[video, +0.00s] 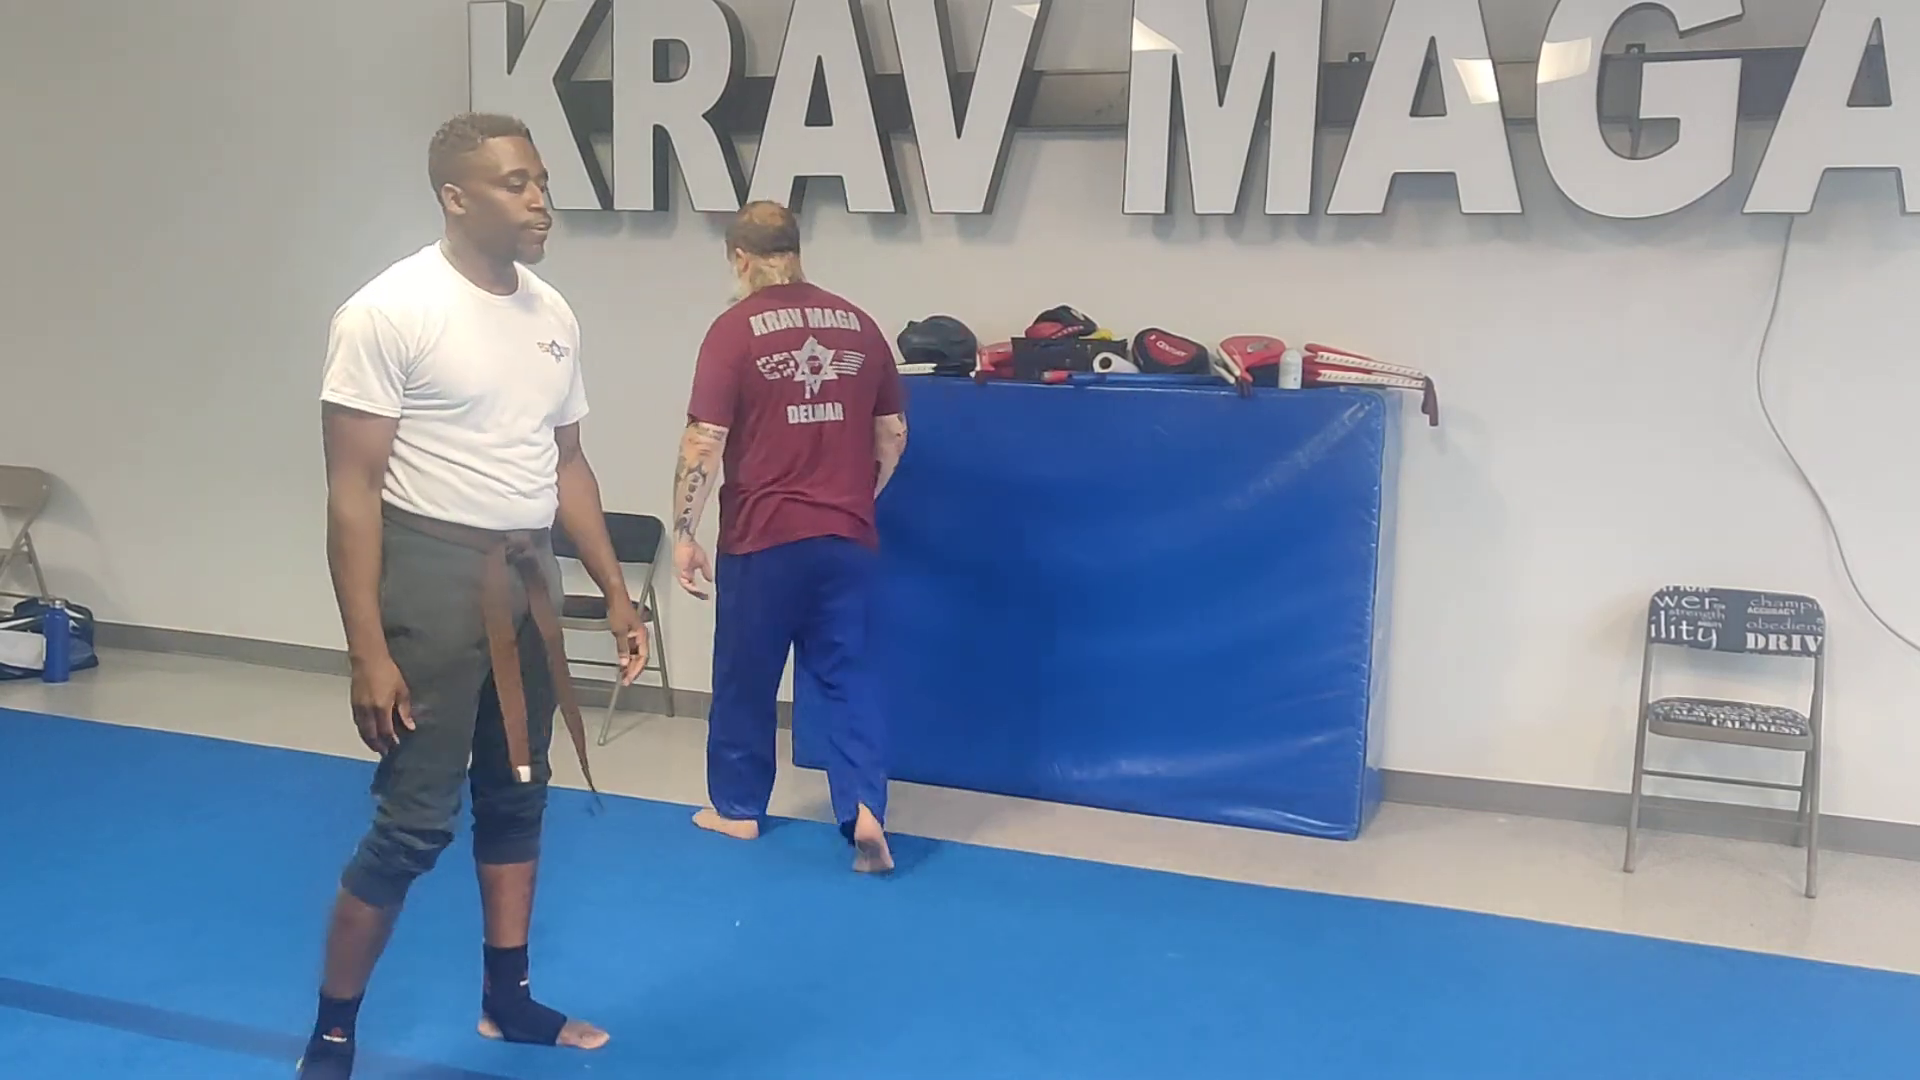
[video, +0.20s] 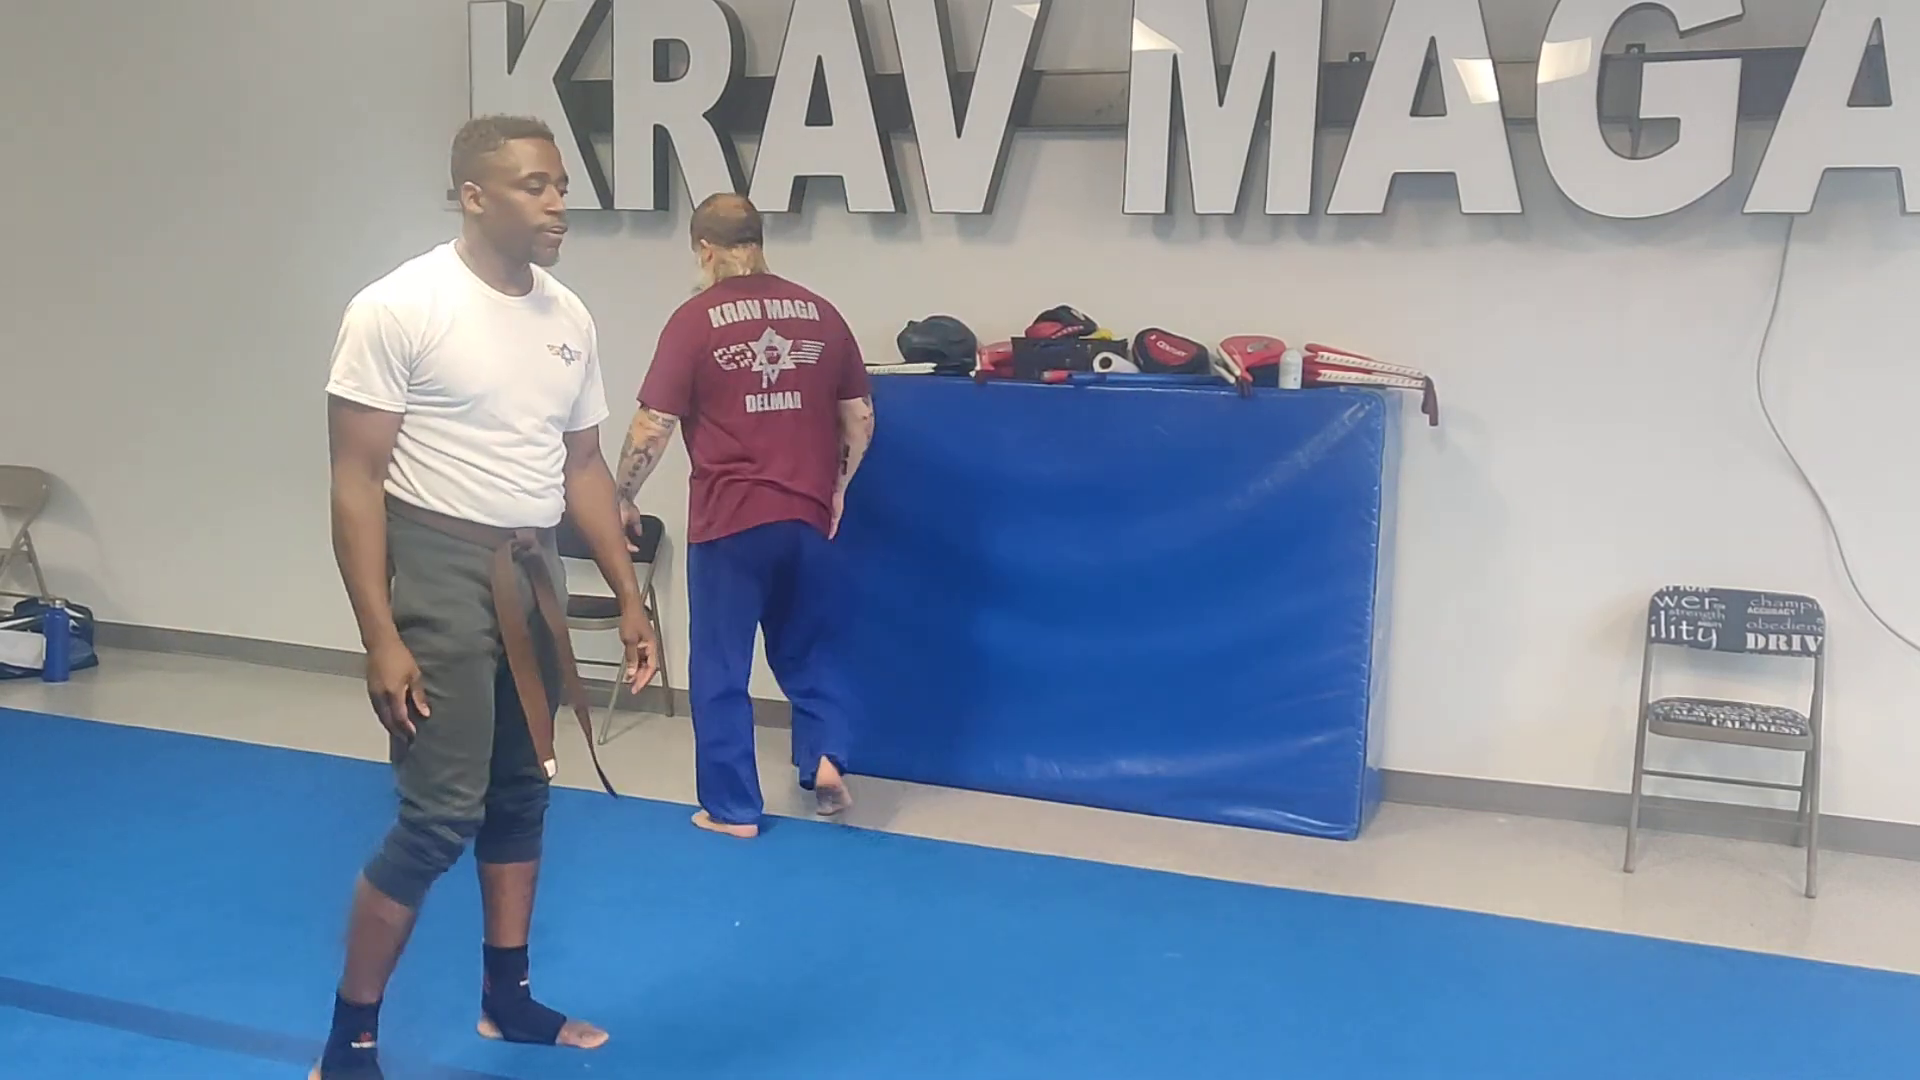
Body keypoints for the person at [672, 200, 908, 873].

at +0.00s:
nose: (731, 270)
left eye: (730, 261)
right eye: (734, 260)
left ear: (739, 259)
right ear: (798, 256)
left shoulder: (734, 329)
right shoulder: (859, 323)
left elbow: (704, 444)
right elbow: (890, 436)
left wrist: (684, 532)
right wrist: (853, 502)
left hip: (765, 532)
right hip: (848, 529)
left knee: (745, 678)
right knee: (845, 674)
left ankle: (739, 809)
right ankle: (864, 807)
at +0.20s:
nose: (696, 262)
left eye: (695, 253)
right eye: (696, 253)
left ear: (706, 251)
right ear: (761, 247)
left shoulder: (696, 318)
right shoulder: (821, 311)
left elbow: (650, 431)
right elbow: (860, 418)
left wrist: (623, 498)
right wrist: (836, 485)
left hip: (731, 515)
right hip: (810, 511)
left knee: (721, 669)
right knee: (807, 647)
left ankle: (733, 809)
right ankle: (825, 756)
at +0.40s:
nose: (677, 270)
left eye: (677, 260)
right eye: (679, 260)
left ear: (688, 257)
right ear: (739, 253)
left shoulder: (678, 325)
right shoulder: (797, 322)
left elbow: (622, 427)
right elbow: (831, 429)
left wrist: (579, 471)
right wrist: (808, 490)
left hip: (706, 518)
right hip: (780, 517)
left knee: (706, 665)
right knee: (763, 654)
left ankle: (731, 806)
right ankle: (733, 772)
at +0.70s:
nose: (649, 276)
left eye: (650, 265)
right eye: (648, 266)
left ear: (669, 260)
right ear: (710, 261)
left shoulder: (662, 323)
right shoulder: (760, 325)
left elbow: (629, 423)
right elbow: (784, 419)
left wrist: (603, 498)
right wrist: (748, 476)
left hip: (669, 510)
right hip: (738, 511)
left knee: (629, 618)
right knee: (724, 640)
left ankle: (671, 734)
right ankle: (724, 767)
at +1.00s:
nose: (579, 287)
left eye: (581, 275)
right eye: (579, 276)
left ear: (603, 274)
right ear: (637, 270)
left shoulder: (606, 334)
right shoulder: (694, 326)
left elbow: (598, 434)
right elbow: (719, 414)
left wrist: (579, 515)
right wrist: (684, 468)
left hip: (633, 514)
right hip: (700, 508)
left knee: (595, 631)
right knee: (704, 638)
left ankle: (579, 744)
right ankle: (723, 758)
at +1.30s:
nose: (531, 287)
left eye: (531, 275)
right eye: (531, 276)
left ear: (545, 271)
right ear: (576, 263)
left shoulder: (546, 324)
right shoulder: (627, 316)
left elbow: (544, 420)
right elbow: (647, 402)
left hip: (571, 503)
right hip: (630, 496)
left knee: (567, 618)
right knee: (614, 601)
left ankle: (581, 748)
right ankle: (638, 708)